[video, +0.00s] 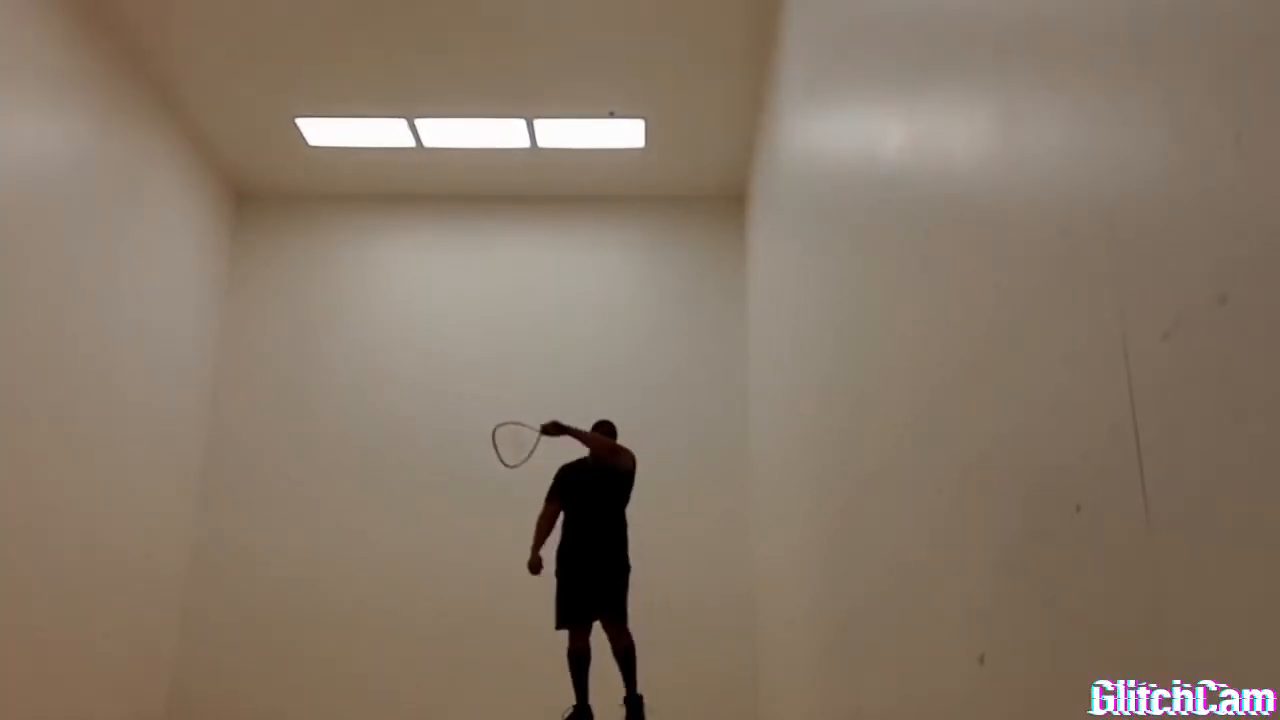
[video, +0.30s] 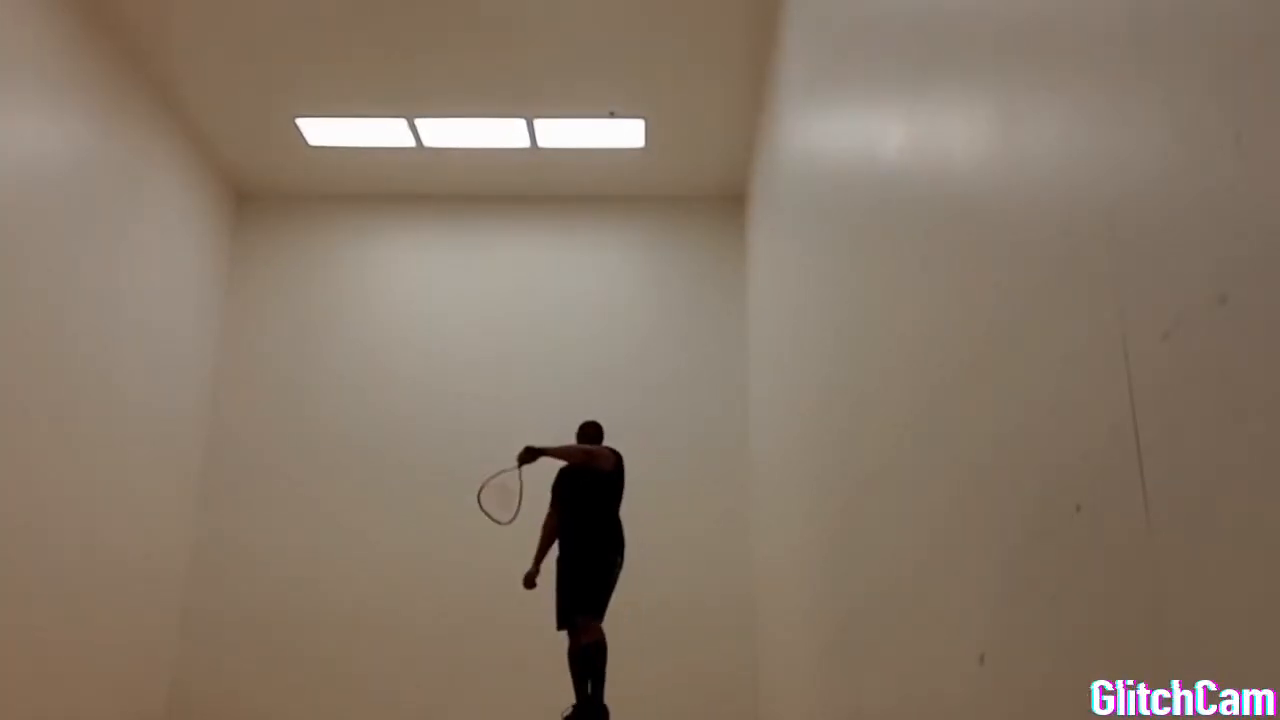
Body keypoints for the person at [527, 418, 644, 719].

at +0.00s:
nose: (601, 443)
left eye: (604, 438)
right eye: (599, 438)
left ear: (609, 441)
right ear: (593, 440)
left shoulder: (625, 465)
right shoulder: (568, 471)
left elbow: (606, 447)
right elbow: (550, 512)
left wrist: (566, 430)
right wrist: (535, 549)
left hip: (611, 559)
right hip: (574, 559)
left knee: (615, 626)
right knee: (578, 631)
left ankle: (632, 696)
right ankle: (581, 705)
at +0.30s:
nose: (585, 443)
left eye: (587, 438)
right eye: (584, 439)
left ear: (581, 437)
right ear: (599, 437)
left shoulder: (613, 460)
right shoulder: (565, 474)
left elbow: (583, 455)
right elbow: (553, 520)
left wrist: (541, 451)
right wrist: (535, 565)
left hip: (603, 550)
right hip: (572, 553)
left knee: (589, 624)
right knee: (575, 627)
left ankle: (596, 703)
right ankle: (582, 703)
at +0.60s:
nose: (570, 444)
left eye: (572, 439)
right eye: (568, 440)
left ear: (579, 437)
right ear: (575, 437)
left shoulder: (604, 457)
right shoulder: (564, 471)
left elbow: (566, 450)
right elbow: (560, 517)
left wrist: (526, 443)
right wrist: (547, 562)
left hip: (600, 548)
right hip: (573, 550)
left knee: (583, 624)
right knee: (575, 625)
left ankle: (581, 703)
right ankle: (580, 702)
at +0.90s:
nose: (547, 448)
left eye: (547, 441)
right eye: (545, 443)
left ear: (556, 436)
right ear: (565, 433)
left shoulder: (589, 453)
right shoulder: (563, 467)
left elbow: (555, 471)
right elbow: (563, 515)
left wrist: (508, 475)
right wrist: (547, 552)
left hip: (600, 545)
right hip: (580, 548)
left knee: (581, 619)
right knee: (578, 618)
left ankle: (582, 703)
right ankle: (581, 701)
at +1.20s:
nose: (540, 436)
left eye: (543, 430)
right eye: (539, 430)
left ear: (556, 428)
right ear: (556, 429)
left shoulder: (577, 457)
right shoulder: (568, 459)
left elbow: (580, 507)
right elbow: (573, 509)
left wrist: (565, 548)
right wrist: (564, 550)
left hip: (594, 546)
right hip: (587, 548)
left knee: (583, 621)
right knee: (579, 622)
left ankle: (589, 702)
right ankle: (586, 701)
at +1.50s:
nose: (561, 431)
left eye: (566, 425)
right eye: (556, 426)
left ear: (578, 425)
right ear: (553, 430)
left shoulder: (592, 453)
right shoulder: (565, 467)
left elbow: (590, 477)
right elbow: (569, 521)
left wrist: (564, 485)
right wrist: (565, 563)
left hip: (600, 546)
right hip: (577, 550)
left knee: (591, 624)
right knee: (578, 625)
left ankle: (620, 702)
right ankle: (579, 704)